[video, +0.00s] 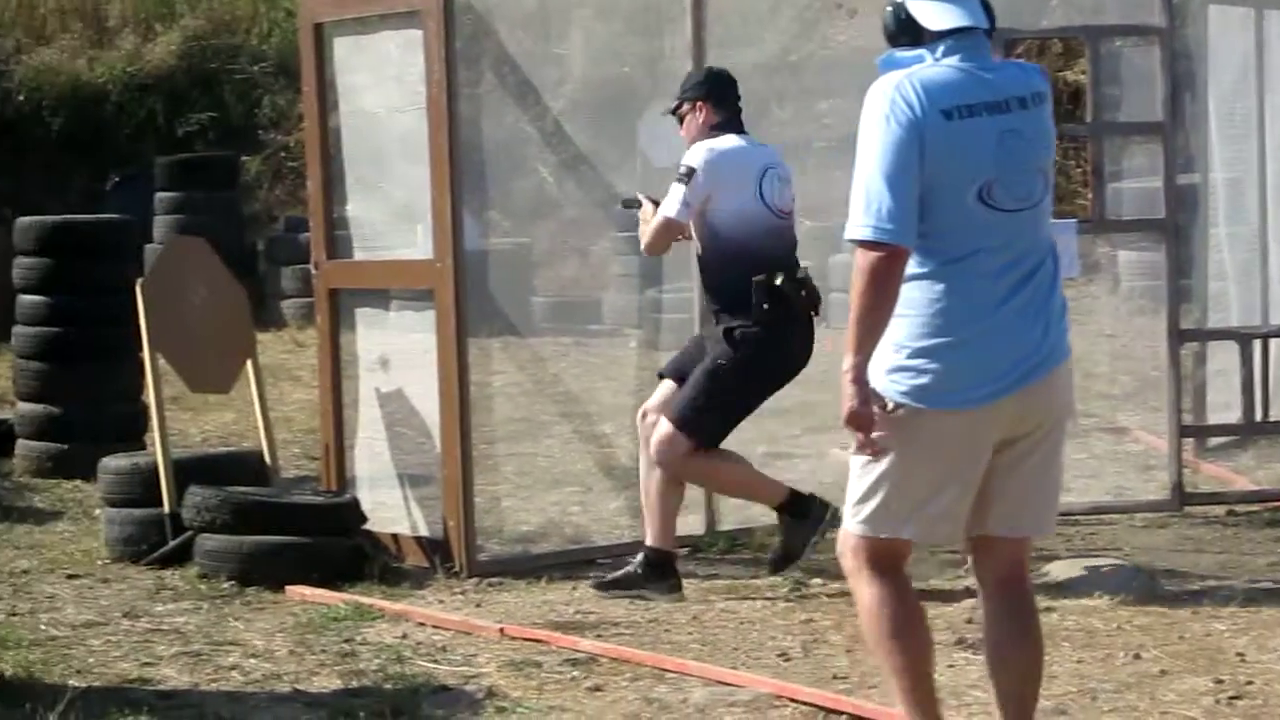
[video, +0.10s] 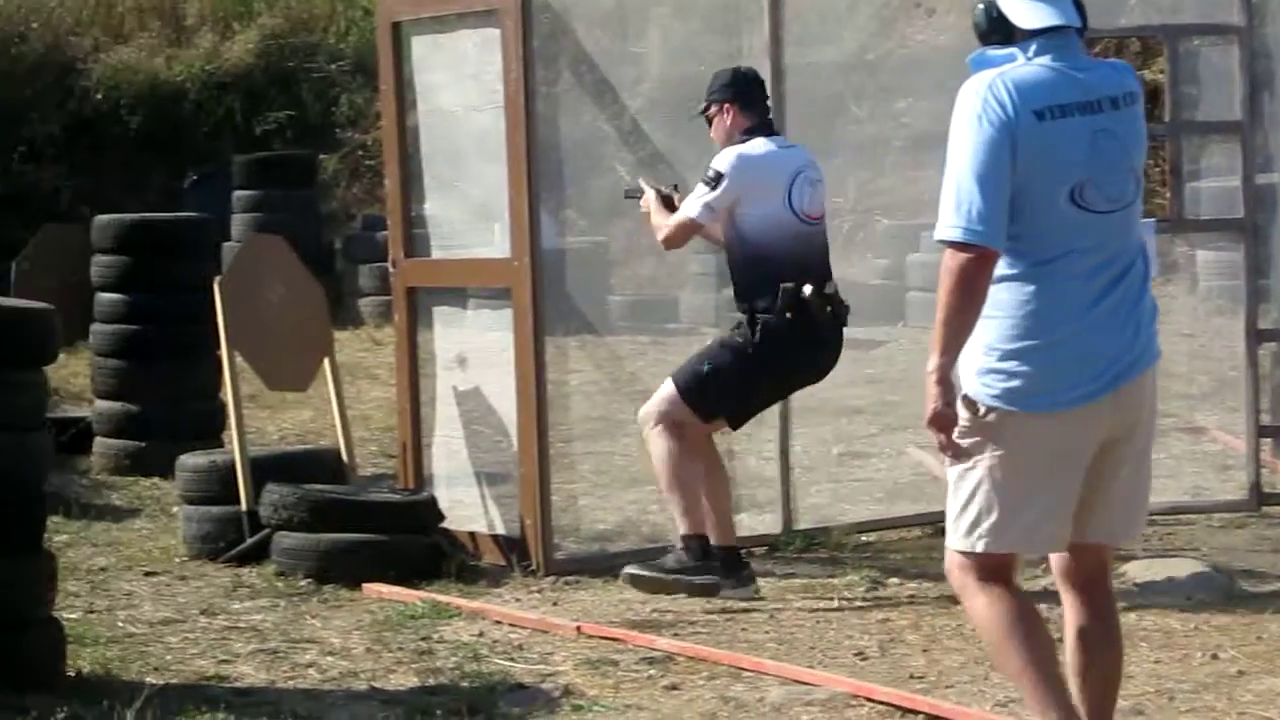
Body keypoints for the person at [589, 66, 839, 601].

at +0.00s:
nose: (679, 130)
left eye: (681, 118)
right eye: (678, 120)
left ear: (700, 112)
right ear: (730, 112)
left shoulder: (702, 158)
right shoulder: (769, 157)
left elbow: (653, 241)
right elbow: (737, 229)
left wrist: (650, 211)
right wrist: (677, 216)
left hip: (757, 332)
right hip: (750, 323)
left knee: (673, 451)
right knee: (652, 419)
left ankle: (797, 508)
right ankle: (657, 562)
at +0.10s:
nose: (710, 132)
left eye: (710, 120)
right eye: (709, 121)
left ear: (728, 112)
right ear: (760, 111)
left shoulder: (736, 162)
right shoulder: (800, 157)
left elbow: (668, 234)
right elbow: (745, 235)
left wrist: (651, 204)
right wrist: (688, 210)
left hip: (776, 331)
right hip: (820, 330)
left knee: (659, 416)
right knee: (691, 426)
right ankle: (727, 559)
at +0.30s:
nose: (689, 104)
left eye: (688, 95)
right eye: (688, 96)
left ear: (704, 90)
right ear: (743, 88)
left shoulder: (702, 139)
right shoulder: (784, 133)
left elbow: (632, 188)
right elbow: (724, 203)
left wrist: (615, 164)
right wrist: (658, 178)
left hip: (741, 312)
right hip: (804, 312)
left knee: (659, 439)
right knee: (725, 431)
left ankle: (620, 584)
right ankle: (774, 562)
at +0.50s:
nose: (625, 72)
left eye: (625, 64)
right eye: (626, 65)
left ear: (638, 62)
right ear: (681, 59)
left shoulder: (631, 109)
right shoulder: (723, 104)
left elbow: (579, 140)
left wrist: (570, 125)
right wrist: (599, 125)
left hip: (670, 287)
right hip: (742, 284)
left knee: (620, 437)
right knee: (723, 421)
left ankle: (613, 586)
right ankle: (763, 561)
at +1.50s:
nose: (645, 63)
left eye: (645, 55)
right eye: (646, 56)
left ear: (656, 53)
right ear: (701, 47)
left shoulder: (649, 104)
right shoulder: (752, 93)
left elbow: (592, 125)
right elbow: (708, 102)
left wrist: (590, 110)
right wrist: (675, 77)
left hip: (688, 296)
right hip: (761, 292)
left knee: (664, 435)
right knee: (740, 434)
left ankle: (710, 560)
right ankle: (733, 584)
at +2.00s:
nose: (709, 50)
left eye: (710, 40)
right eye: (712, 40)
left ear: (721, 38)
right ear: (765, 36)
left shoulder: (708, 89)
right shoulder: (815, 87)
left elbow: (652, 137)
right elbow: (753, 125)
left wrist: (640, 123)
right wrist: (687, 123)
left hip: (736, 286)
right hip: (814, 282)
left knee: (723, 444)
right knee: (804, 427)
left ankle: (739, 601)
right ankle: (826, 566)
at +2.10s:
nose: (750, 40)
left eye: (749, 32)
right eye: (777, 31)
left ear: (751, 35)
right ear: (804, 36)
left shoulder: (722, 88)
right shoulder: (832, 87)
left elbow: (666, 155)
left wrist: (673, 120)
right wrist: (711, 111)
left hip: (749, 289)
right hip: (829, 288)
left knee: (728, 443)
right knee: (846, 436)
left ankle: (740, 599)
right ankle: (858, 571)